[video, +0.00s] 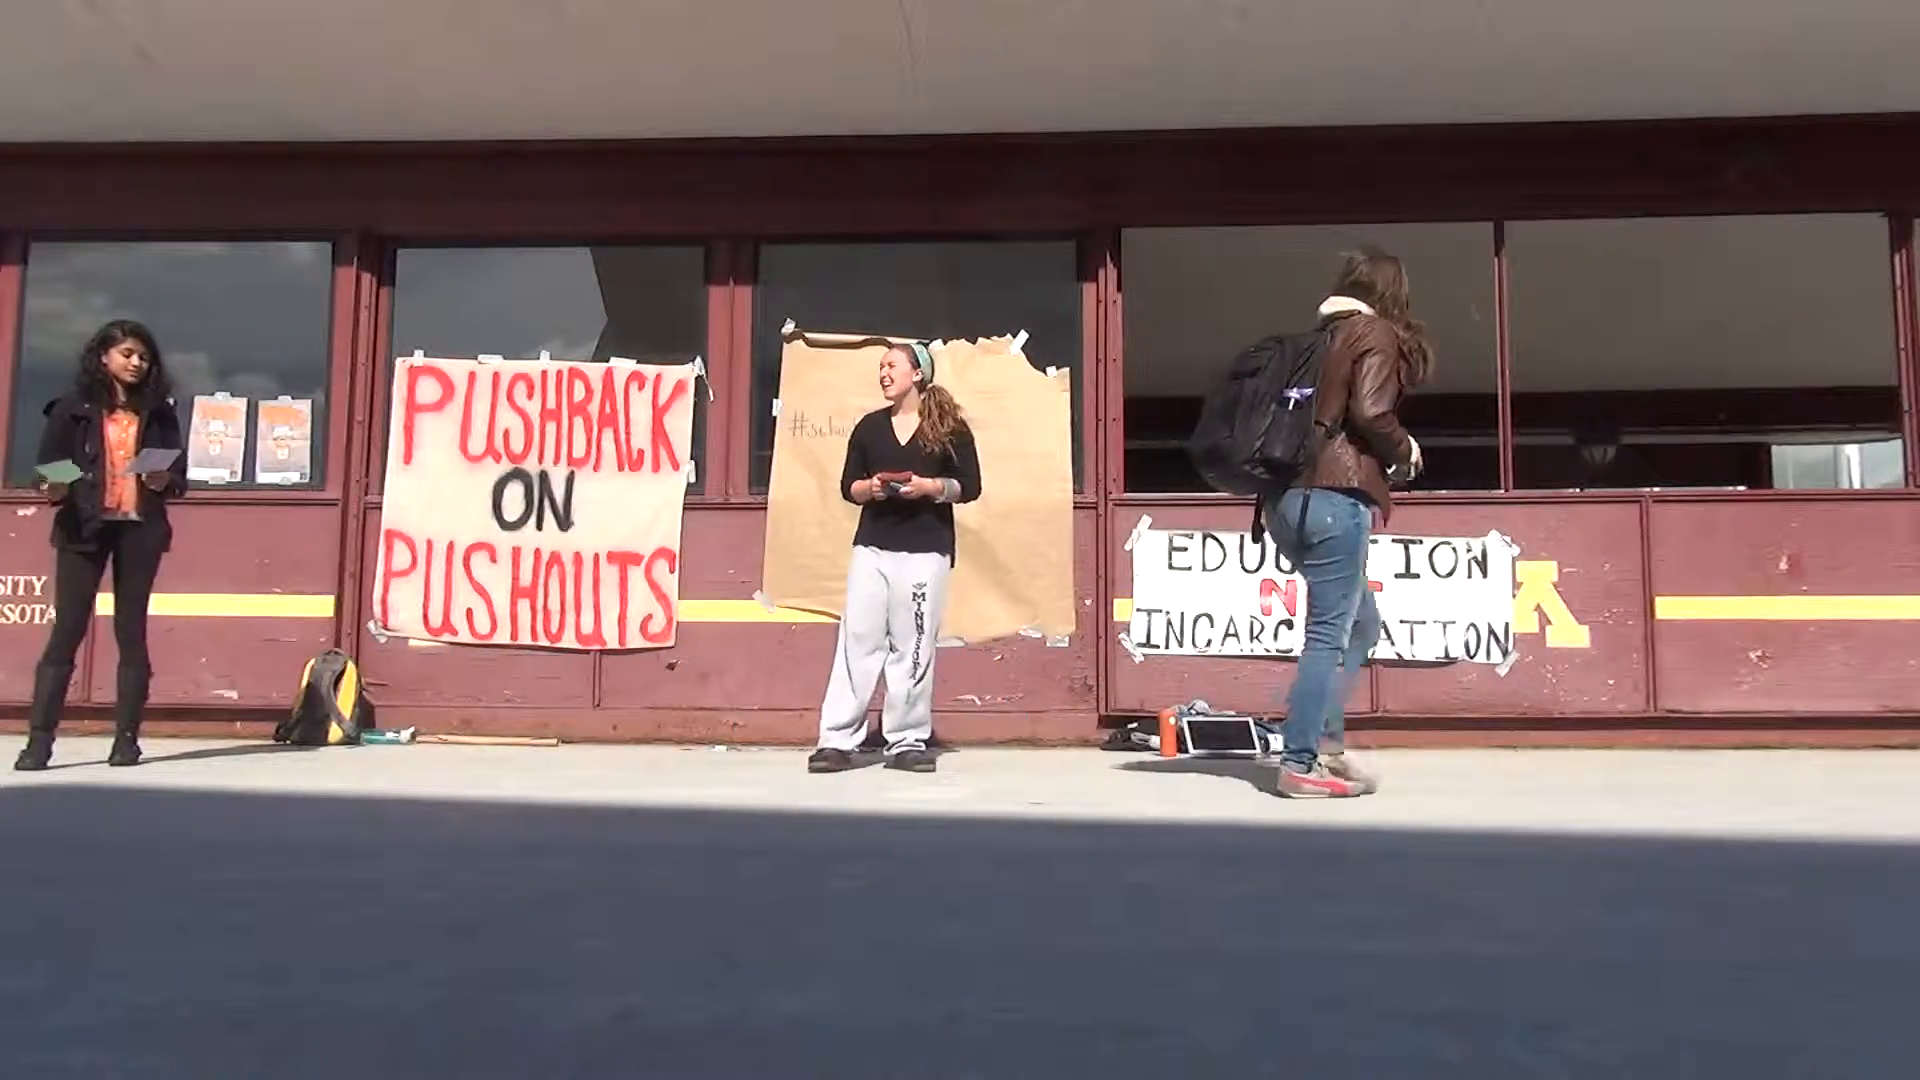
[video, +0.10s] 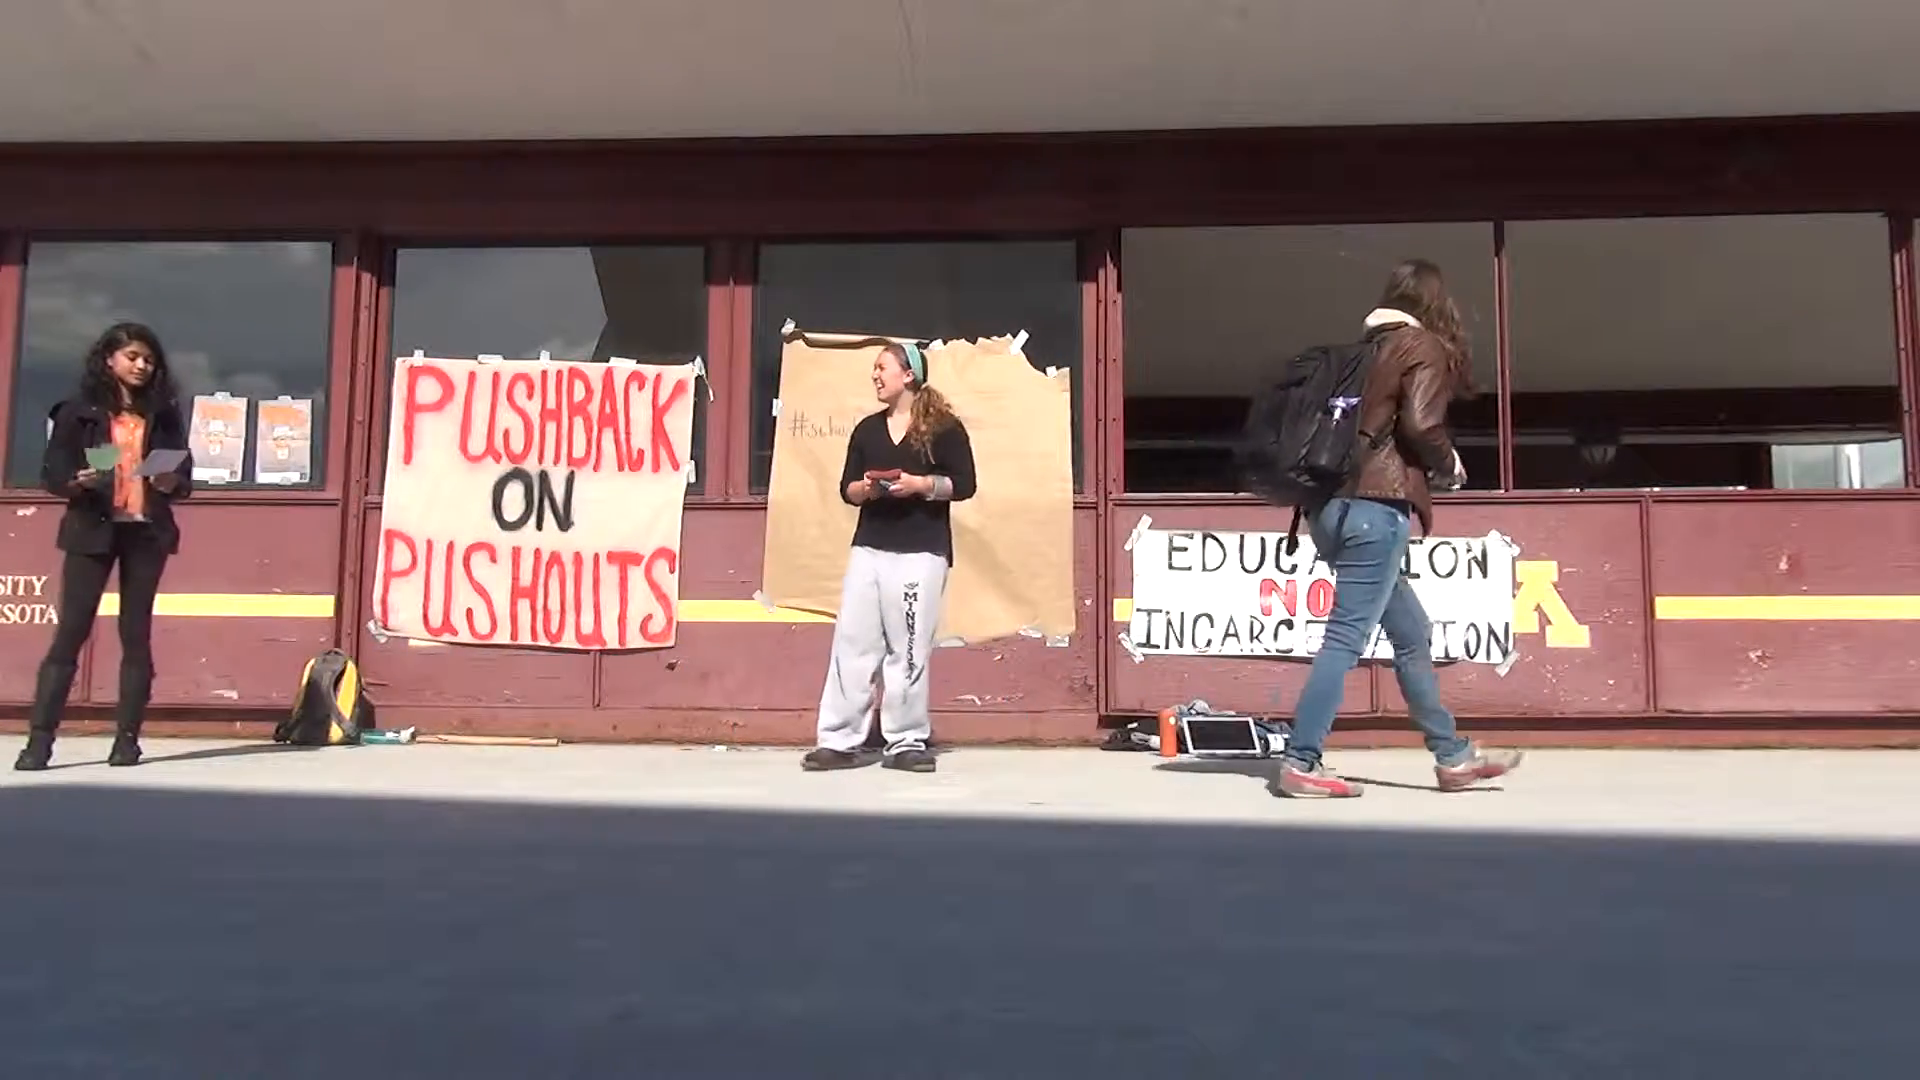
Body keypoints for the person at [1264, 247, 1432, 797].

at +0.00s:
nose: (1400, 303)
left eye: (1398, 293)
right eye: (1398, 293)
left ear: (1344, 286)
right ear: (1387, 292)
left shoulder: (1314, 338)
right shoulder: (1377, 336)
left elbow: (1284, 418)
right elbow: (1368, 412)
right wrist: (1405, 451)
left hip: (1284, 501)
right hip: (1337, 504)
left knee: (1365, 626)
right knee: (1326, 635)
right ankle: (1298, 766)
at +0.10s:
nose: (1448, 308)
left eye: (1444, 298)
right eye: (1444, 299)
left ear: (1390, 298)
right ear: (1433, 302)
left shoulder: (1363, 347)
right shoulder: (1427, 348)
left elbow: (1332, 424)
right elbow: (1419, 425)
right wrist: (1449, 468)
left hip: (1328, 510)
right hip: (1378, 512)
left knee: (1412, 635)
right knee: (1344, 640)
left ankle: (1454, 758)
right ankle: (1300, 765)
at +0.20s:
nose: (1496, 319)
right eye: (1493, 309)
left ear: (1439, 309)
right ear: (1483, 313)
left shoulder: (1411, 360)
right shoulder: (1474, 359)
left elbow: (1384, 435)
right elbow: (1464, 438)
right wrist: (1496, 479)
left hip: (1378, 521)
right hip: (1426, 522)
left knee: (1468, 642)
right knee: (1378, 641)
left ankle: (1525, 756)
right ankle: (1309, 755)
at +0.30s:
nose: (1538, 321)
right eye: (1533, 312)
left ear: (1478, 315)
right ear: (1524, 314)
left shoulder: (1454, 364)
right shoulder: (1519, 361)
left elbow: (1431, 440)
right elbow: (1517, 435)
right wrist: (1548, 479)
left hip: (1433, 524)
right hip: (1483, 522)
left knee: (1522, 635)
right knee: (1452, 648)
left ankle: (1543, 762)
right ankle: (1352, 732)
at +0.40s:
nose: (1575, 312)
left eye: (1568, 302)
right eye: (1572, 304)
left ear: (1519, 306)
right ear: (1564, 306)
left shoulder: (1497, 355)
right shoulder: (1563, 348)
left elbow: (1481, 430)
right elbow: (1561, 422)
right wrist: (1599, 465)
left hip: (1477, 516)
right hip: (1528, 512)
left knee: (1539, 640)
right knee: (1547, 642)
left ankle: (1544, 763)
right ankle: (1443, 712)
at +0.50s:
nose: (1620, 303)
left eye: (1618, 293)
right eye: (1617, 294)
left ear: (1561, 296)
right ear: (1606, 296)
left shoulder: (1536, 347)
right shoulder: (1604, 338)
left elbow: (1520, 426)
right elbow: (1602, 411)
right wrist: (1643, 457)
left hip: (1516, 508)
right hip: (1571, 504)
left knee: (1547, 634)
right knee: (1622, 624)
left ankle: (1539, 757)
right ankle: (1554, 732)